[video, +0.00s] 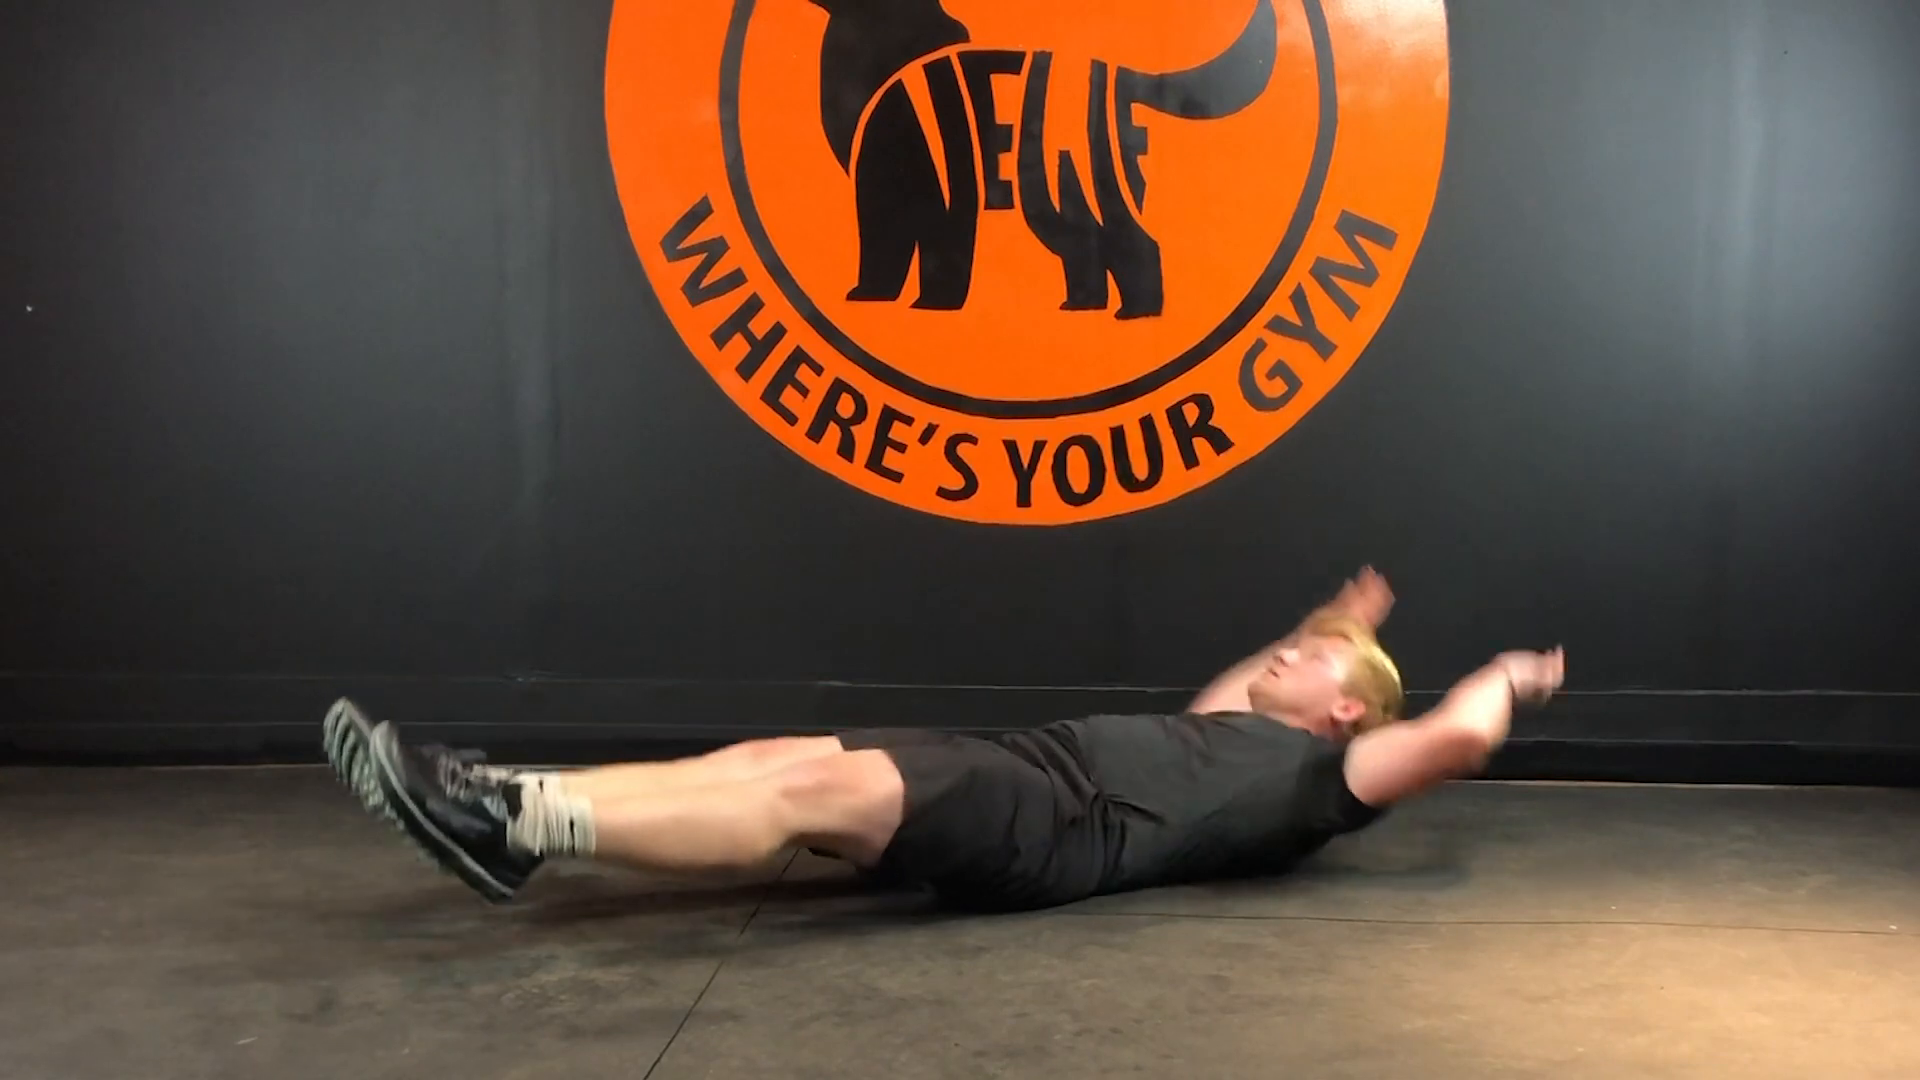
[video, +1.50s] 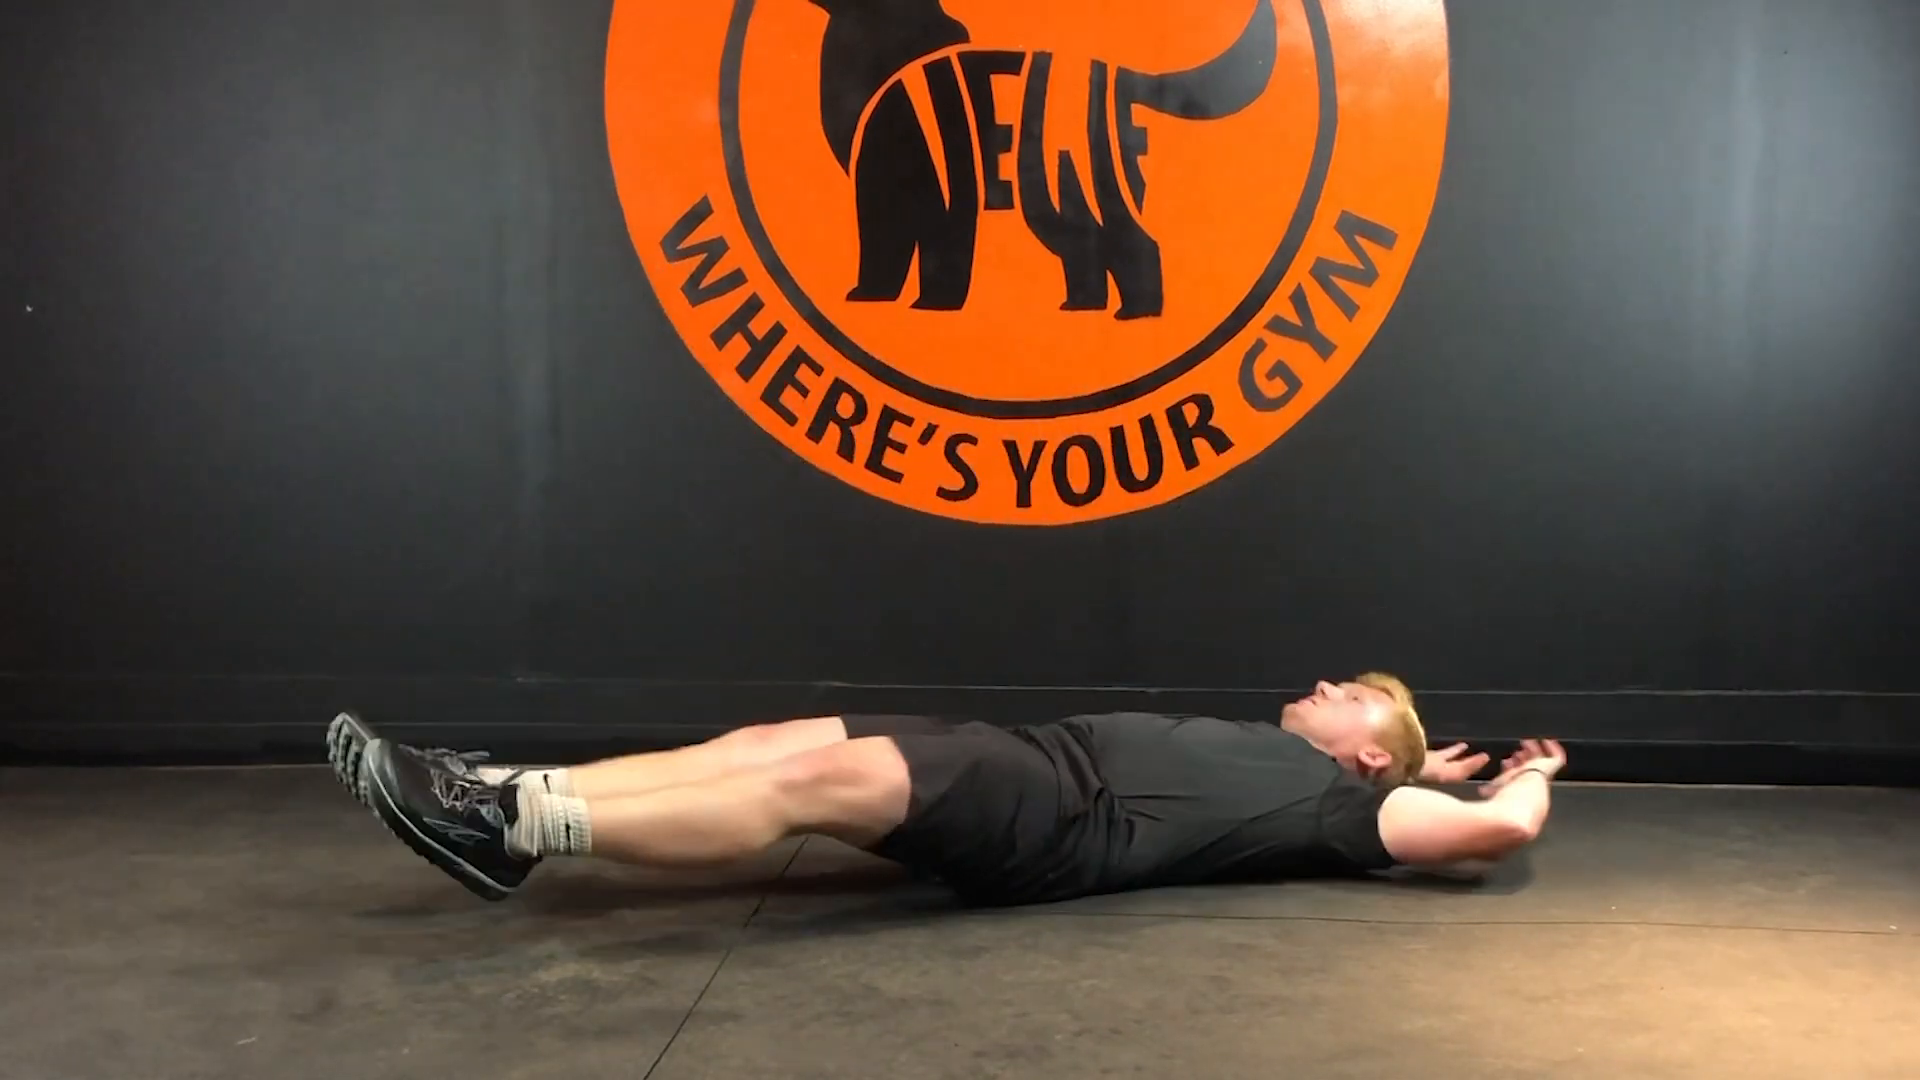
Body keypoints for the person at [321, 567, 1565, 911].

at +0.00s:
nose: (1296, 659)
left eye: (1322, 668)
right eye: (1301, 653)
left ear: (1351, 716)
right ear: (1275, 679)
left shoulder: (1314, 778)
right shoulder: (1209, 736)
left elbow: (1453, 741)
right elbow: (1230, 686)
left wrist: (1500, 686)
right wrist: (1325, 644)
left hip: (1060, 811)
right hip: (995, 768)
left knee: (828, 784)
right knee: (773, 768)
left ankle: (512, 816)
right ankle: (512, 824)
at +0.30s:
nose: (1327, 670)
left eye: (1353, 675)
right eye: (1328, 661)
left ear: (1374, 727)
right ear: (1298, 683)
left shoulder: (1311, 783)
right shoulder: (1225, 739)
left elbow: (1415, 703)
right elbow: (1173, 666)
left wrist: (1447, 620)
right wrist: (1279, 593)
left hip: (1064, 822)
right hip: (1018, 775)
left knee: (817, 753)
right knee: (784, 755)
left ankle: (512, 792)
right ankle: (513, 794)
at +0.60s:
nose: (1153, 585)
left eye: (1180, 568)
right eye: (1156, 564)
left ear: (1245, 587)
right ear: (1183, 574)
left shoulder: (1246, 672)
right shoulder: (1143, 637)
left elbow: (1122, 619)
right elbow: (1000, 580)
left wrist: (1019, 493)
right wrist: (909, 473)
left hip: (1041, 835)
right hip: (978, 827)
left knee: (888, 610)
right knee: (853, 601)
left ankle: (616, 523)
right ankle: (592, 530)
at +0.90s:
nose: (1092, 532)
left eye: (1108, 521)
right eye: (1092, 518)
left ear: (1171, 536)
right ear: (1100, 521)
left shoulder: (1209, 623)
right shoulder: (1078, 597)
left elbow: (1086, 554)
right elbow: (955, 523)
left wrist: (994, 404)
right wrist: (872, 412)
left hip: (1029, 835)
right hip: (955, 827)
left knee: (950, 574)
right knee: (892, 573)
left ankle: (707, 451)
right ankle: (676, 463)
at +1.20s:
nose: (1248, 604)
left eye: (1277, 598)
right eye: (1258, 590)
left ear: (1317, 651)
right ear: (1247, 619)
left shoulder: (1268, 736)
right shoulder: (1185, 692)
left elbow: (1323, 639)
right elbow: (1114, 607)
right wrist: (1169, 489)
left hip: (1050, 823)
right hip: (997, 794)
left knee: (816, 690)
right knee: (791, 682)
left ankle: (531, 684)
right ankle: (531, 697)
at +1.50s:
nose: (1327, 690)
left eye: (1356, 702)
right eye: (1335, 686)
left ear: (1383, 755)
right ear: (1316, 714)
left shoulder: (1351, 796)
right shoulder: (1237, 742)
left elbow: (1497, 834)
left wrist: (1523, 782)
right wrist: (1430, 760)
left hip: (1068, 796)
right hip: (1002, 740)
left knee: (833, 776)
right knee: (777, 738)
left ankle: (526, 834)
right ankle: (493, 800)